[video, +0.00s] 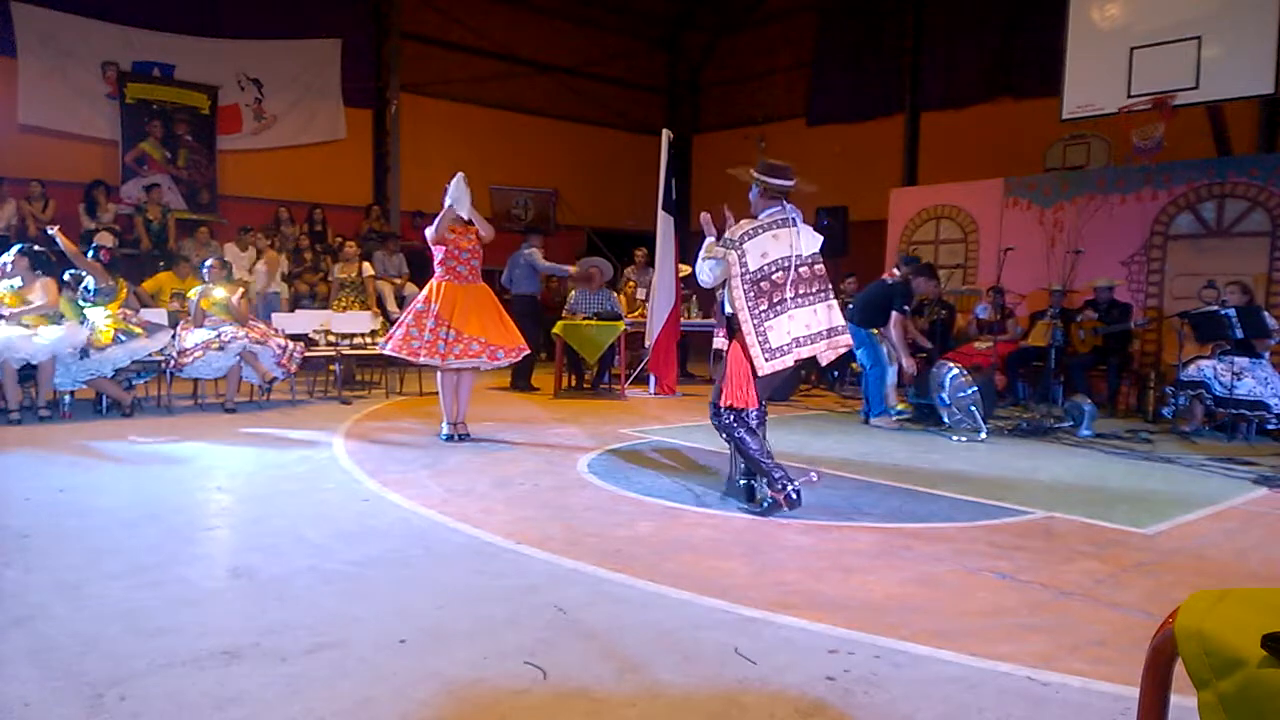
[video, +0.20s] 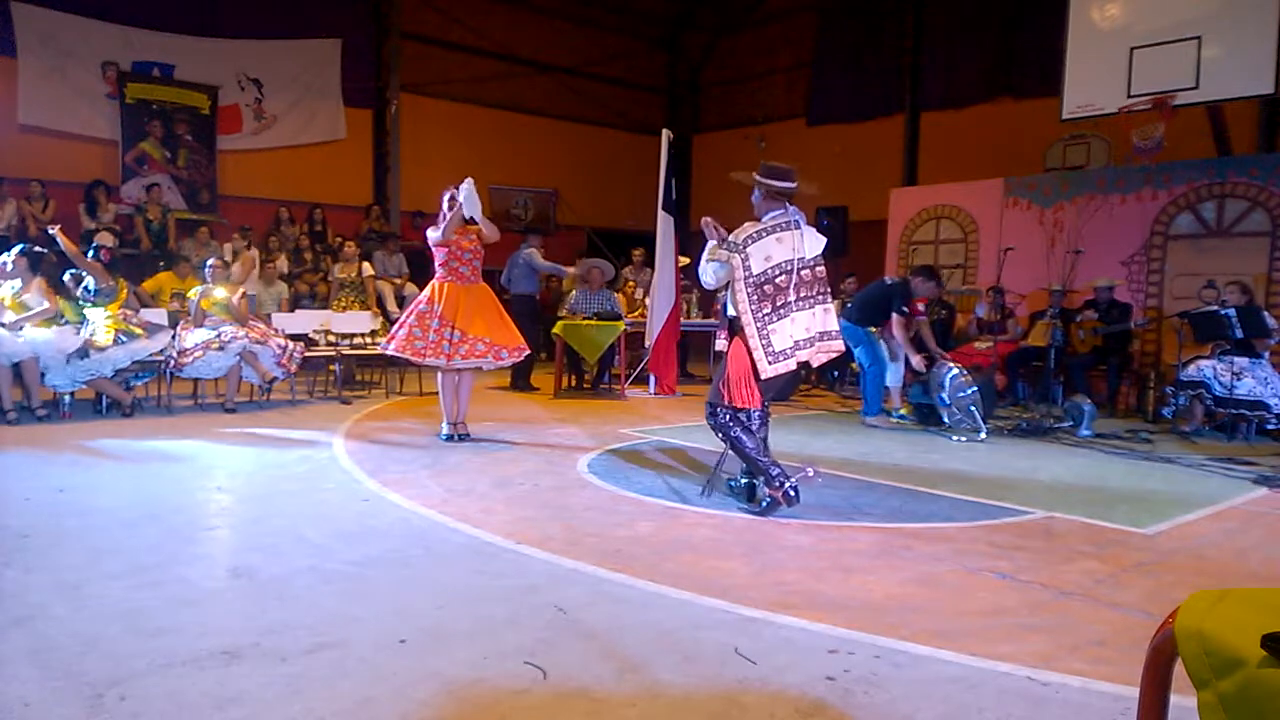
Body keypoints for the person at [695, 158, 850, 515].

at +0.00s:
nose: (750, 195)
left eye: (753, 189)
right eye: (753, 189)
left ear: (759, 193)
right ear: (786, 194)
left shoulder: (745, 233)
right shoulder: (802, 231)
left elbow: (707, 277)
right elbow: (762, 271)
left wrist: (710, 239)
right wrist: (738, 235)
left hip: (748, 336)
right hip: (786, 335)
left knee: (724, 413)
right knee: (753, 406)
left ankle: (782, 485)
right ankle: (747, 485)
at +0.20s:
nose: (752, 197)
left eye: (755, 192)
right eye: (755, 191)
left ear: (762, 195)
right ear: (788, 196)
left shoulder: (749, 235)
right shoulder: (806, 234)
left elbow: (711, 279)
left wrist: (714, 243)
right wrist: (727, 241)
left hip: (751, 336)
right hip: (790, 335)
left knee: (720, 412)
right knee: (756, 404)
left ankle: (777, 481)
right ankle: (750, 481)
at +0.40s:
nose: (756, 200)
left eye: (759, 195)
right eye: (760, 195)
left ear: (765, 199)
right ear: (793, 202)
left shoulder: (752, 239)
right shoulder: (811, 241)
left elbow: (713, 280)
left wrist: (711, 242)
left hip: (752, 340)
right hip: (790, 341)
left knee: (716, 414)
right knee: (758, 406)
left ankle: (777, 480)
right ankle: (750, 482)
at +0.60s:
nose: (765, 205)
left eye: (769, 200)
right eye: (768, 199)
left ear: (778, 204)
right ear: (799, 209)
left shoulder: (757, 244)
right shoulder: (814, 246)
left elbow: (718, 281)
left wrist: (722, 244)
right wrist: (737, 246)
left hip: (752, 346)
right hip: (791, 347)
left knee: (711, 416)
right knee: (760, 406)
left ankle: (776, 479)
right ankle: (750, 483)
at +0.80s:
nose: (773, 200)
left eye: (777, 196)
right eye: (776, 195)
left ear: (784, 202)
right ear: (810, 206)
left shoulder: (766, 240)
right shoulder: (820, 239)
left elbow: (724, 276)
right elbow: (777, 270)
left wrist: (729, 241)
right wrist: (748, 242)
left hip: (760, 341)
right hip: (797, 342)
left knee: (718, 413)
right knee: (765, 406)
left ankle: (779, 479)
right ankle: (756, 483)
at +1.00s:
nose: (781, 177)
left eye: (786, 173)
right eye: (784, 172)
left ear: (793, 179)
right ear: (819, 181)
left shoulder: (771, 217)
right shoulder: (836, 219)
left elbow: (725, 252)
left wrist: (734, 231)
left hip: (776, 321)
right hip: (811, 321)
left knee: (762, 400)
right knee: (771, 399)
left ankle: (793, 490)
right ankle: (756, 474)